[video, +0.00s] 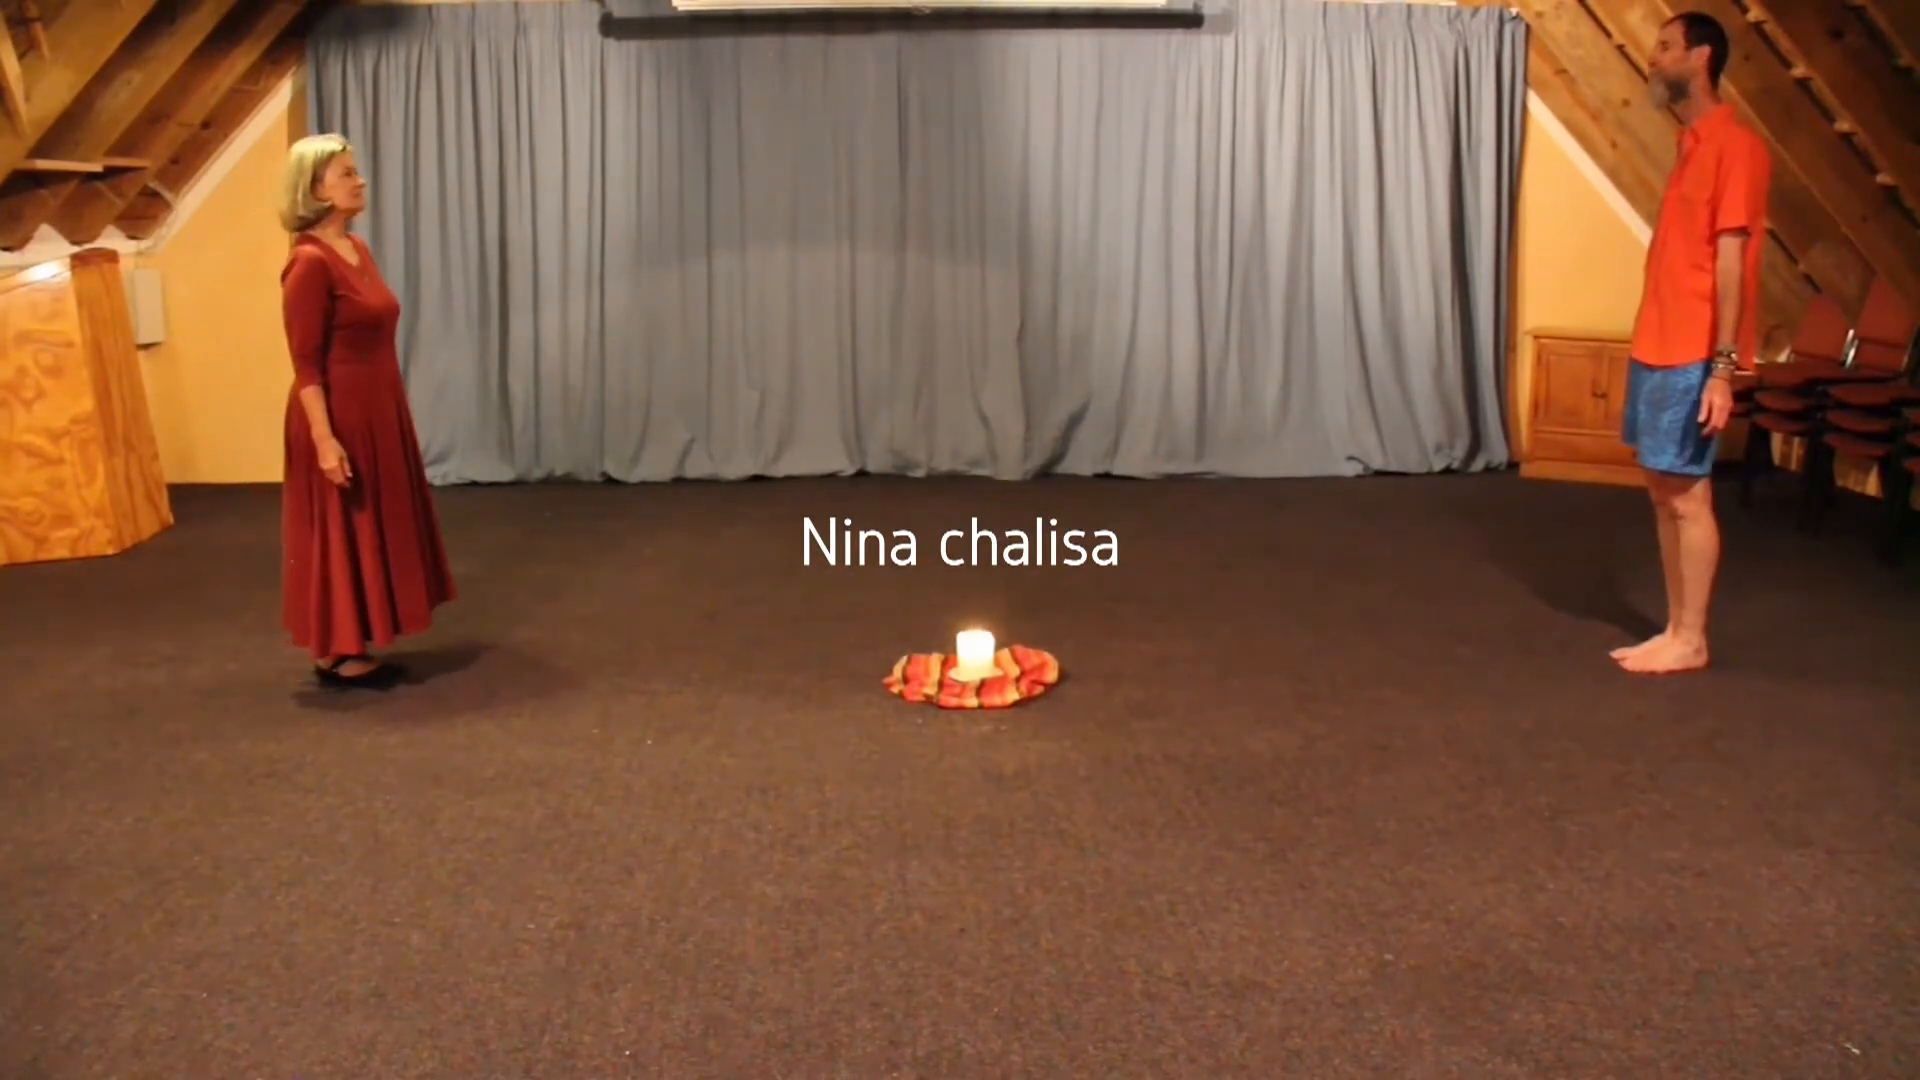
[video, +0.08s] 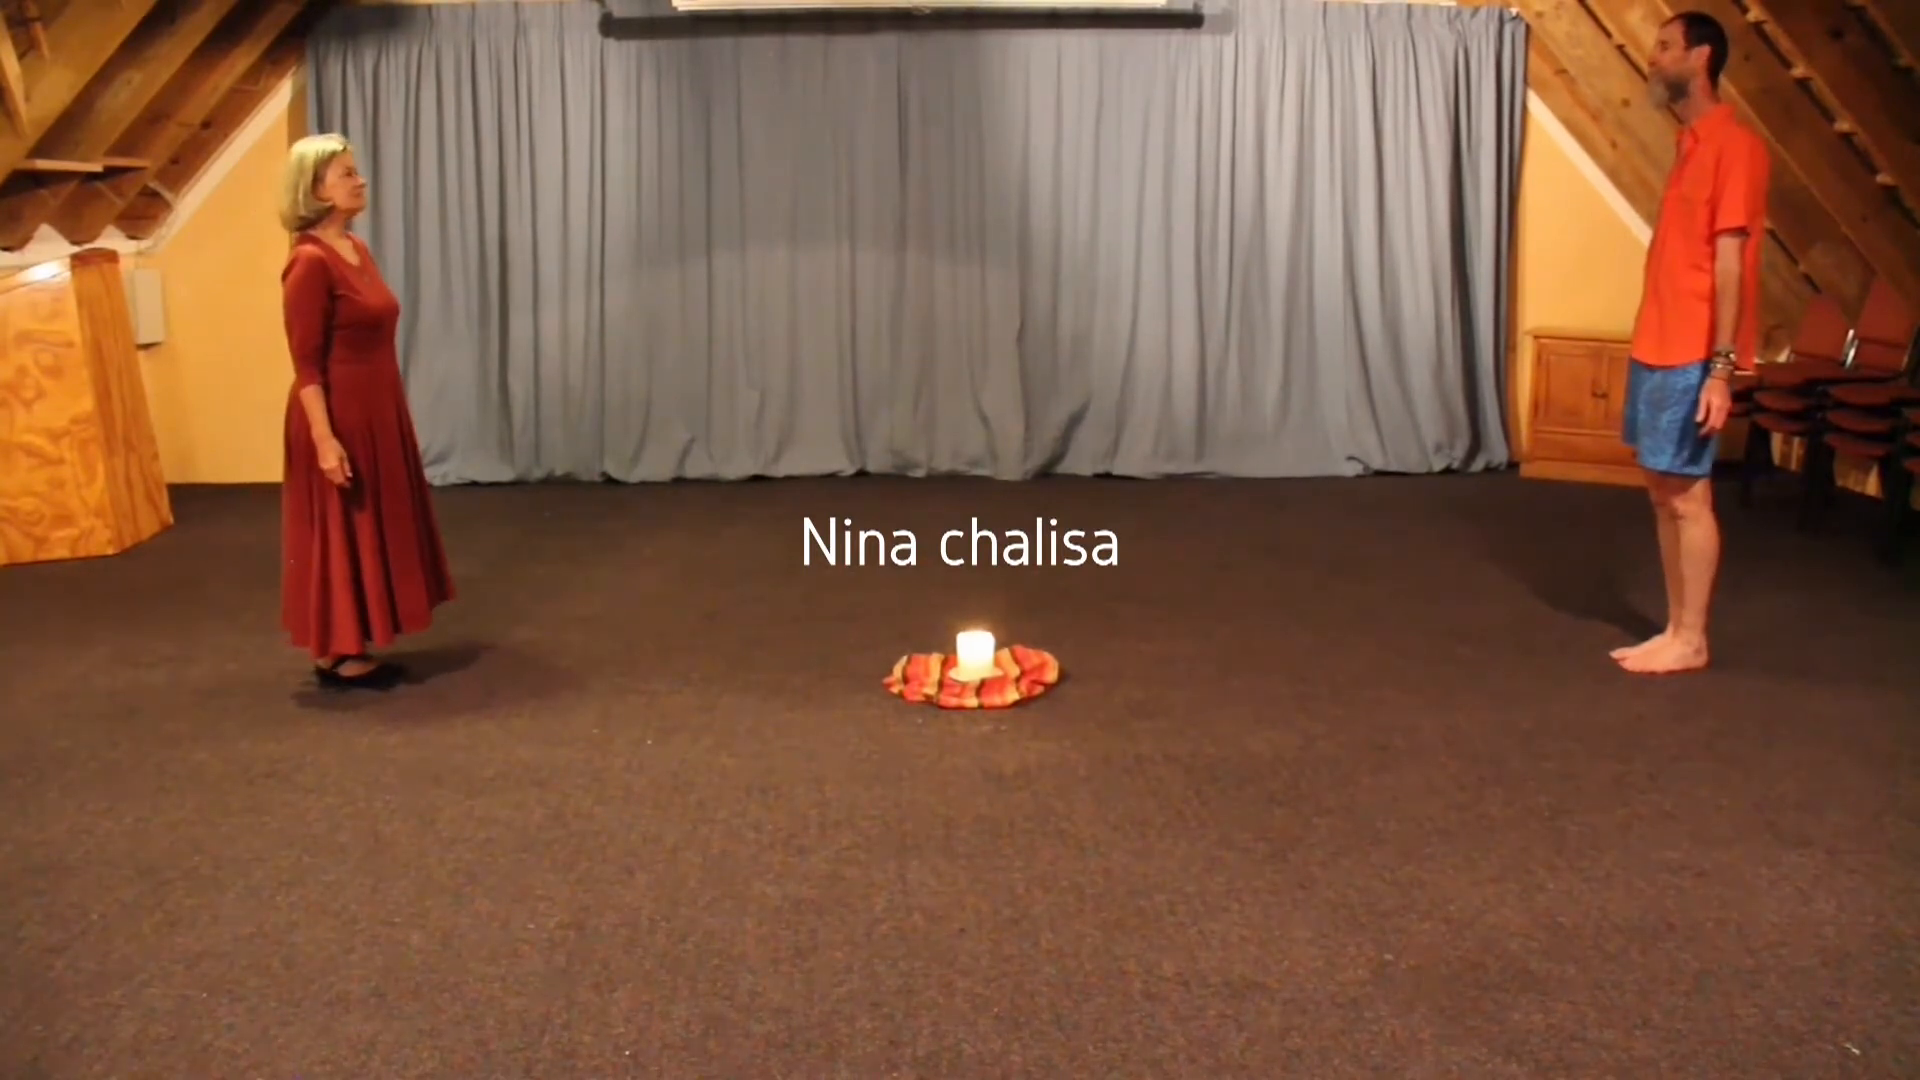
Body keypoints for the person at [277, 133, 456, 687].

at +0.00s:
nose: (360, 182)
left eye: (357, 172)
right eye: (347, 174)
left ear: (344, 185)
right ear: (317, 189)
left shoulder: (354, 247)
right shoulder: (308, 261)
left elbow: (368, 344)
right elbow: (305, 363)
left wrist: (390, 412)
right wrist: (323, 437)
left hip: (375, 407)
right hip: (338, 412)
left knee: (366, 522)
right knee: (339, 526)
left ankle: (355, 646)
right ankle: (337, 650)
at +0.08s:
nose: (361, 182)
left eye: (357, 172)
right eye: (347, 174)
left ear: (344, 185)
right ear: (317, 188)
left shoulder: (355, 247)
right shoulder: (308, 261)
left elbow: (369, 345)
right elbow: (305, 363)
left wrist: (390, 414)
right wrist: (323, 437)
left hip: (375, 407)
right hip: (338, 412)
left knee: (366, 521)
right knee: (339, 526)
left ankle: (355, 646)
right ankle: (338, 650)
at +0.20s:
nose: (361, 181)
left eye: (357, 172)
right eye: (348, 174)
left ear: (342, 186)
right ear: (317, 189)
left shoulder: (354, 248)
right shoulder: (309, 261)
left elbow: (369, 344)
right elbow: (305, 363)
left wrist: (389, 413)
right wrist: (323, 438)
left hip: (373, 407)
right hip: (338, 412)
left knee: (364, 522)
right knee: (338, 526)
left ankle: (354, 646)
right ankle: (338, 651)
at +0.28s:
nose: (360, 182)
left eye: (357, 172)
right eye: (347, 174)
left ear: (341, 185)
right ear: (317, 188)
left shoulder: (352, 247)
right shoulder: (309, 261)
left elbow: (367, 343)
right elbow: (305, 363)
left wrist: (388, 412)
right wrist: (324, 437)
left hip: (372, 406)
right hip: (337, 411)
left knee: (363, 522)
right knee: (338, 526)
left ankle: (355, 646)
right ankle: (339, 651)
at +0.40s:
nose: (359, 182)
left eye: (356, 173)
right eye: (346, 175)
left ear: (341, 185)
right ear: (316, 189)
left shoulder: (351, 248)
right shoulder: (308, 262)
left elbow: (370, 347)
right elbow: (304, 363)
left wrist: (391, 417)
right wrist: (324, 437)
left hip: (371, 408)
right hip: (335, 413)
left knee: (362, 524)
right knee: (336, 528)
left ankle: (355, 646)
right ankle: (338, 651)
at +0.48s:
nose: (359, 183)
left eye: (356, 173)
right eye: (346, 175)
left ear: (342, 185)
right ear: (315, 189)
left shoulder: (350, 248)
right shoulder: (307, 261)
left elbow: (367, 347)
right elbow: (303, 363)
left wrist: (388, 415)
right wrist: (323, 438)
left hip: (370, 407)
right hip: (334, 413)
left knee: (361, 524)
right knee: (336, 527)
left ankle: (353, 646)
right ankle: (338, 651)